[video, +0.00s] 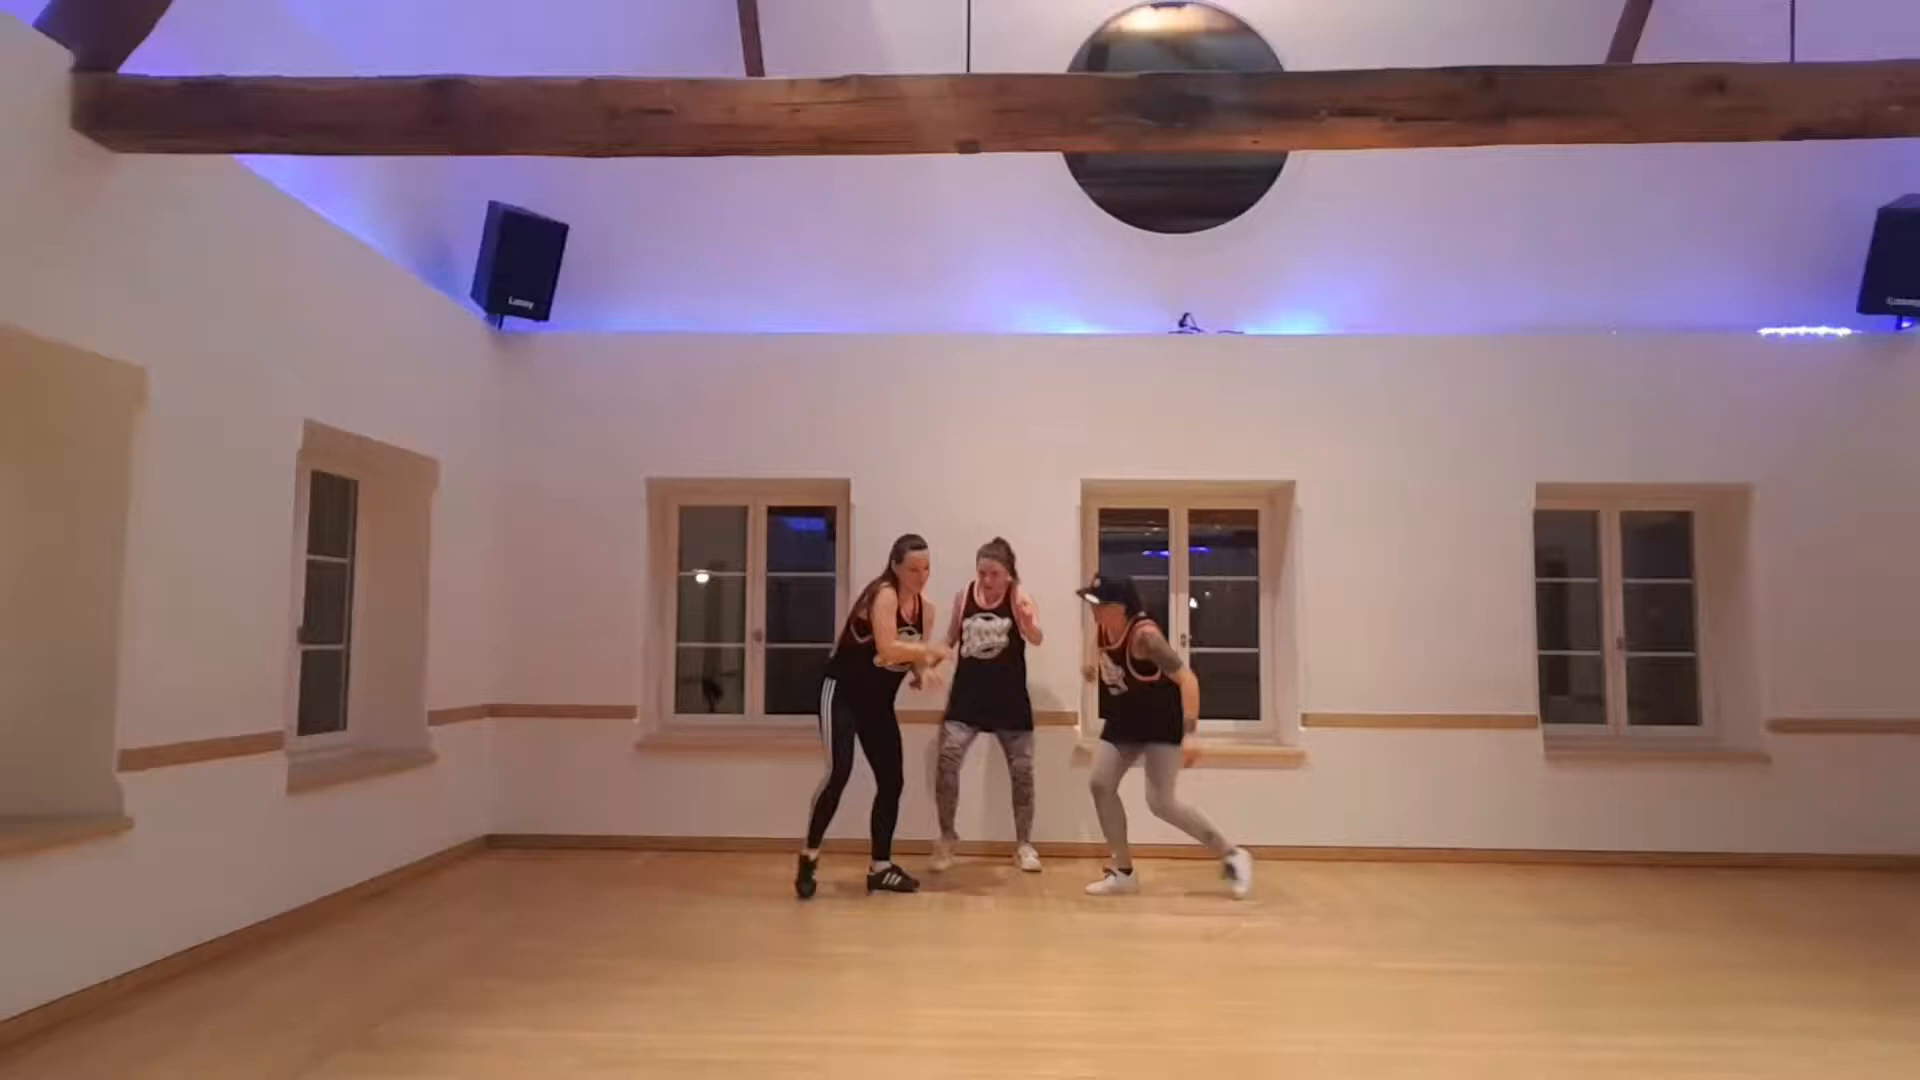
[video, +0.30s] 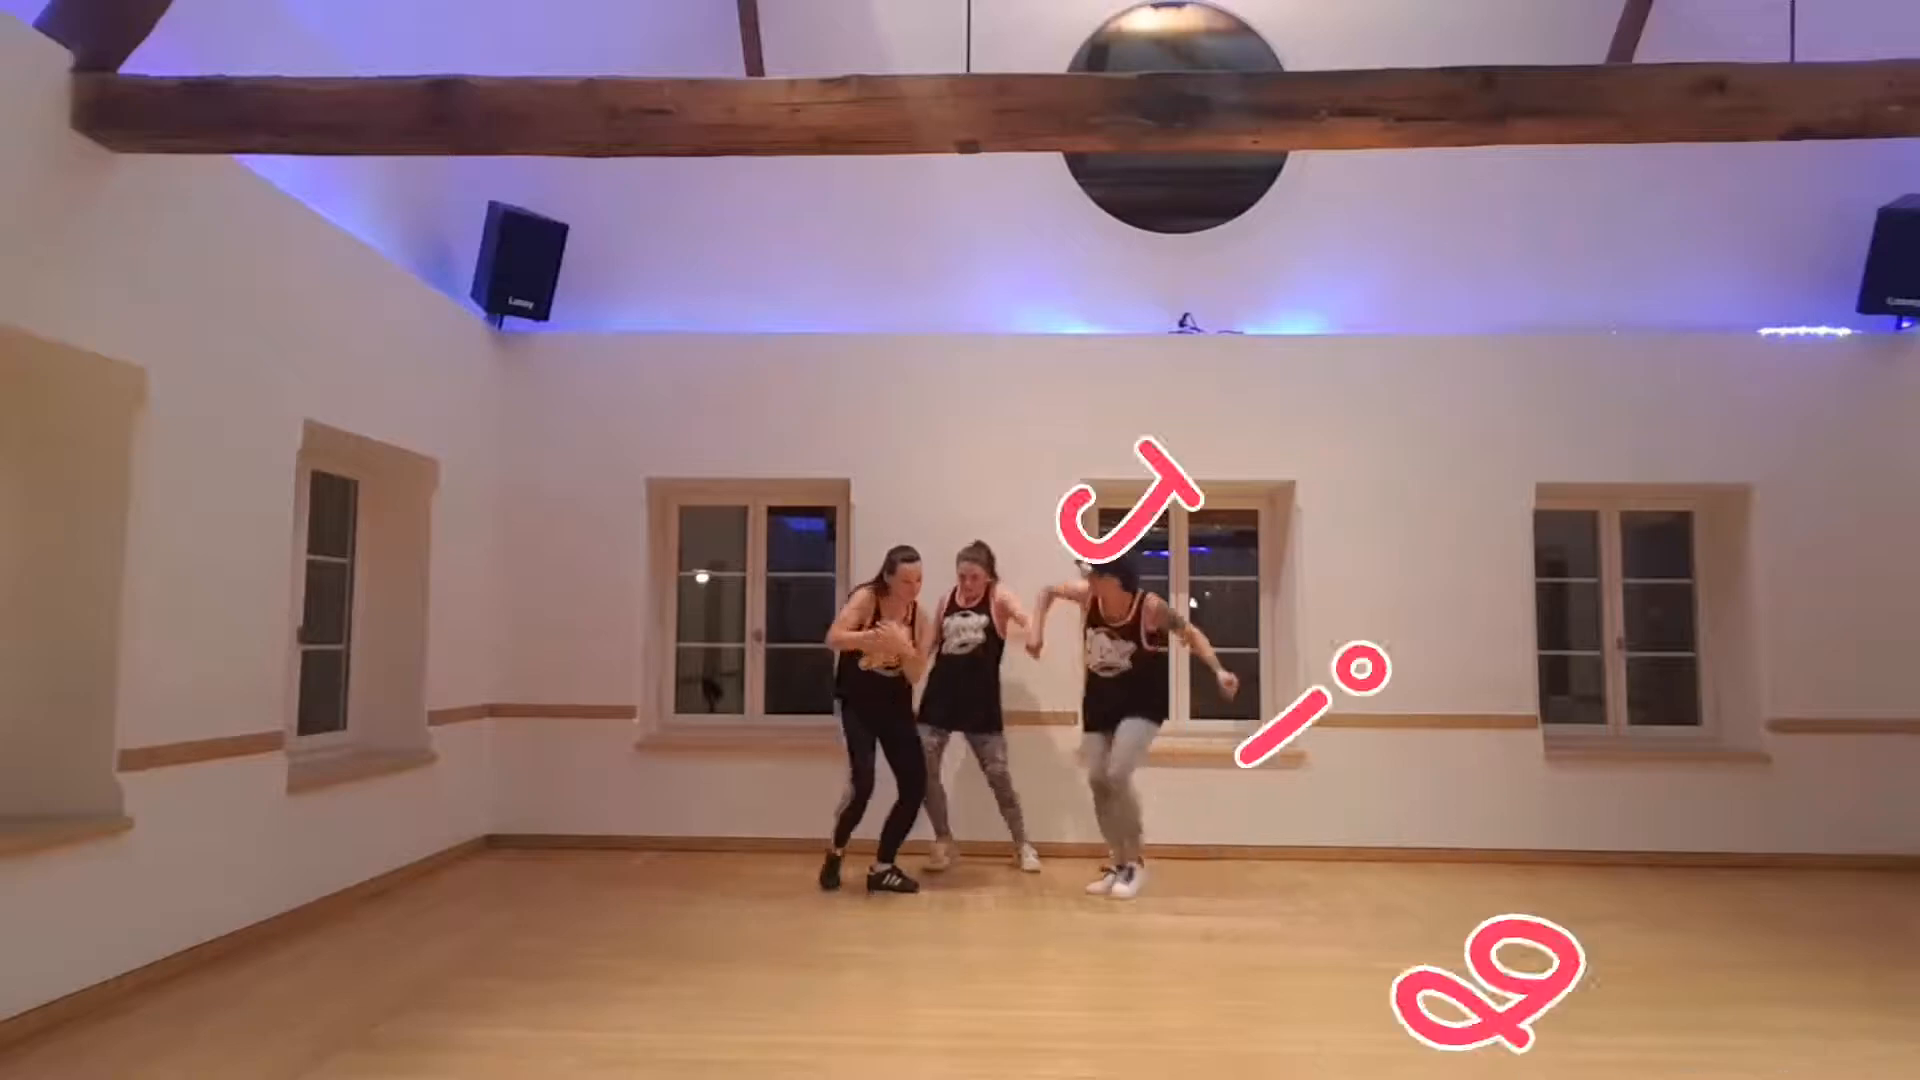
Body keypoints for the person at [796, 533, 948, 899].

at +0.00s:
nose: (922, 575)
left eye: (926, 568)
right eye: (915, 569)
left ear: (930, 568)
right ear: (896, 567)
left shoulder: (924, 606)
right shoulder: (885, 595)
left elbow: (914, 651)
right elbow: (886, 650)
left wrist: (921, 672)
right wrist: (927, 651)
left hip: (876, 697)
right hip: (841, 691)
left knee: (891, 780)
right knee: (839, 773)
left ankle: (880, 867)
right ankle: (809, 856)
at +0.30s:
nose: (916, 586)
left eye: (919, 580)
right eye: (908, 580)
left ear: (921, 580)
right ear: (889, 579)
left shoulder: (920, 616)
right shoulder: (866, 598)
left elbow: (917, 672)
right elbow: (834, 637)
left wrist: (902, 646)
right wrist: (873, 639)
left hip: (896, 702)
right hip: (857, 700)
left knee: (914, 785)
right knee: (863, 784)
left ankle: (883, 867)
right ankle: (836, 853)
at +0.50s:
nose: (906, 582)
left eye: (909, 575)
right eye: (899, 576)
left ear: (912, 573)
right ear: (878, 575)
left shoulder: (918, 610)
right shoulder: (854, 599)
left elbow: (916, 670)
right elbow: (836, 631)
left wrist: (885, 651)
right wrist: (824, 668)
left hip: (897, 700)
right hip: (857, 698)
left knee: (908, 786)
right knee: (865, 786)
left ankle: (883, 868)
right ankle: (842, 857)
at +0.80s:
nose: (879, 573)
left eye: (881, 566)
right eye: (871, 568)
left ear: (884, 566)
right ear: (851, 571)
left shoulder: (894, 598)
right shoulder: (838, 604)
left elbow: (915, 643)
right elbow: (822, 642)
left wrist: (920, 691)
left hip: (888, 699)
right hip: (845, 699)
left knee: (904, 782)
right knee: (827, 781)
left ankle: (885, 865)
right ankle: (803, 859)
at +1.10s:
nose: (838, 581)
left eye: (839, 575)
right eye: (829, 577)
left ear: (845, 581)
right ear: (808, 586)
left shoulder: (859, 614)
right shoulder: (795, 623)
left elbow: (904, 649)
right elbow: (776, 650)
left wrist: (941, 683)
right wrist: (747, 667)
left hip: (862, 717)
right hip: (817, 718)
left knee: (899, 790)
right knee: (788, 788)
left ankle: (897, 861)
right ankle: (795, 867)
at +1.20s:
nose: (835, 569)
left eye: (831, 563)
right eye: (826, 565)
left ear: (824, 575)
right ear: (804, 578)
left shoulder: (853, 603)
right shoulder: (785, 622)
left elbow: (890, 649)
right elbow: (766, 669)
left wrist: (917, 690)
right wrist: (745, 709)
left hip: (860, 710)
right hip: (814, 715)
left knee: (891, 787)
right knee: (795, 790)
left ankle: (897, 860)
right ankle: (796, 865)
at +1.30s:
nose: (827, 549)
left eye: (823, 545)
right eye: (819, 548)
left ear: (817, 569)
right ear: (803, 569)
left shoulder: (844, 590)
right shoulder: (784, 616)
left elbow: (868, 627)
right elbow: (773, 668)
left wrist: (886, 663)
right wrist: (759, 712)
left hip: (859, 701)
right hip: (815, 706)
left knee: (882, 781)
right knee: (802, 784)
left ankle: (893, 857)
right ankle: (796, 868)